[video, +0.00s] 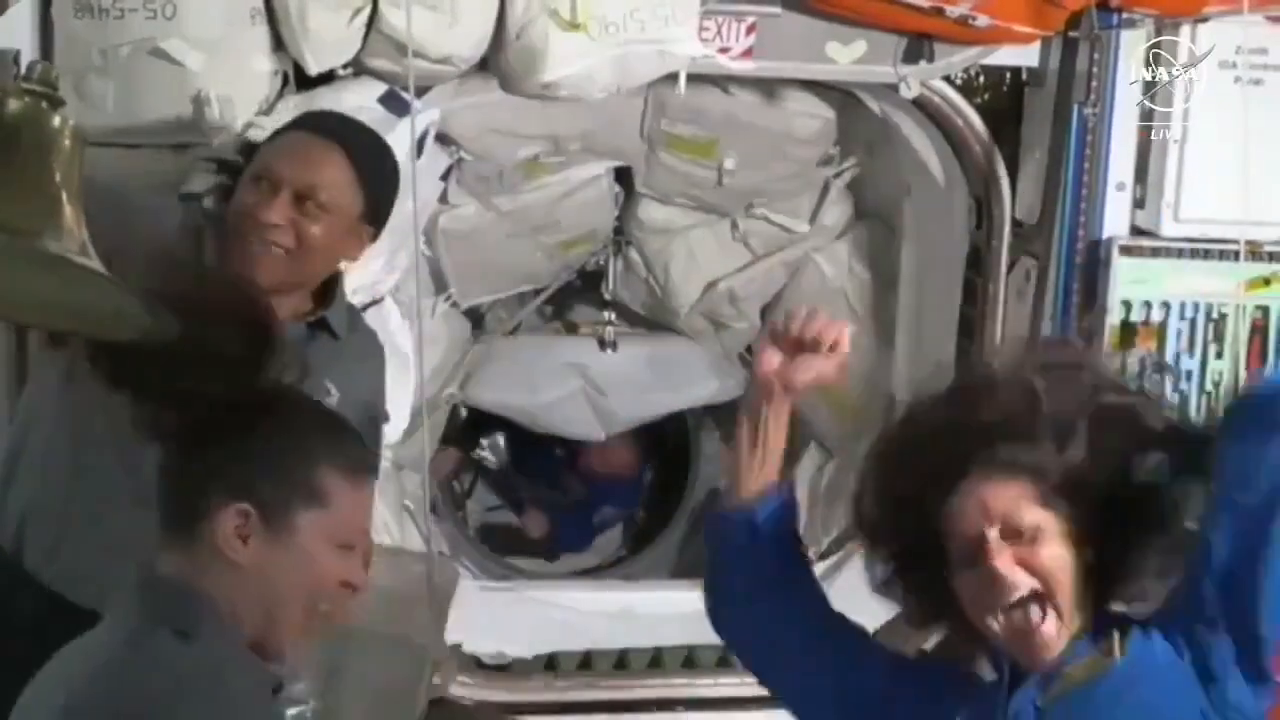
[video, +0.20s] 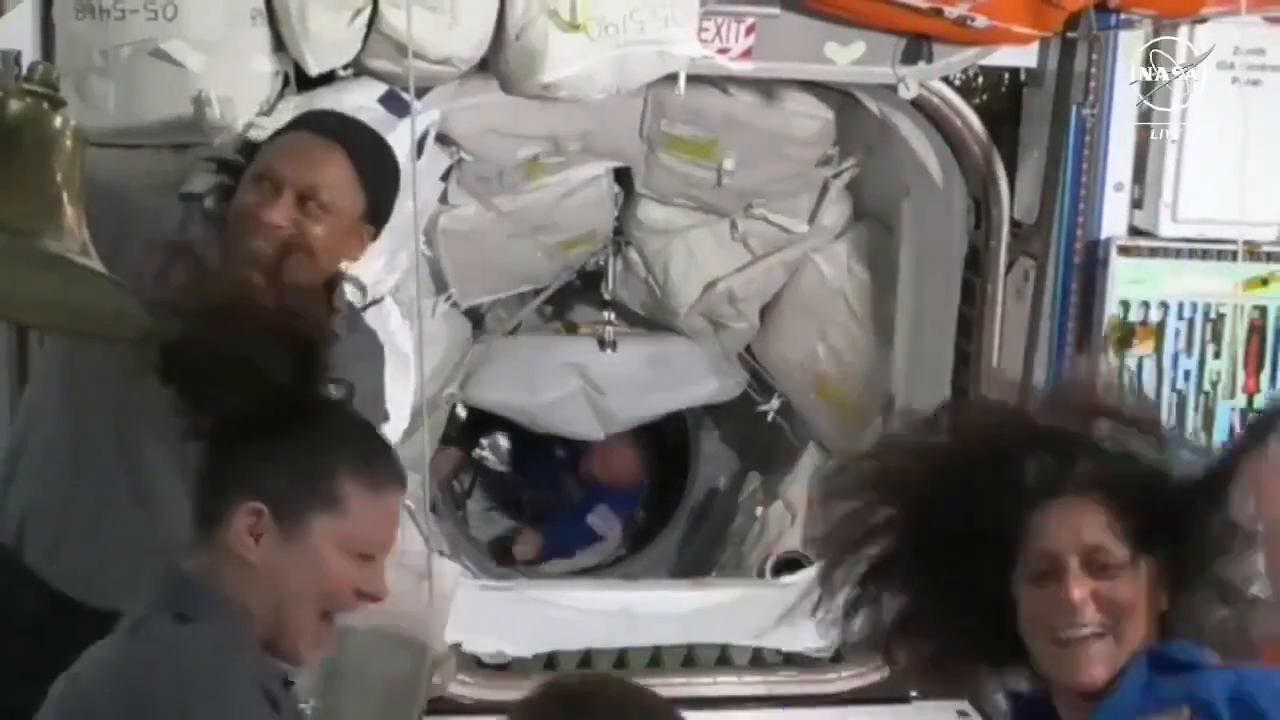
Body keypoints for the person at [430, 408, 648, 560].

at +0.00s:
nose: (596, 457)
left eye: (608, 463)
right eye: (603, 449)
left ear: (620, 476)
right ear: (603, 438)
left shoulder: (616, 500)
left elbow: (581, 533)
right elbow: (495, 415)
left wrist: (549, 530)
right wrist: (456, 449)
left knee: (546, 544)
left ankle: (480, 535)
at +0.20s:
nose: (598, 464)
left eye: (608, 471)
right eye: (606, 455)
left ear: (619, 487)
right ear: (608, 440)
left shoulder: (607, 514)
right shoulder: (581, 426)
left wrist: (539, 546)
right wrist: (460, 446)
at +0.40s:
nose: (604, 470)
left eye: (618, 477)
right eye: (613, 458)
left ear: (629, 492)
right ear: (614, 441)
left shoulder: (609, 520)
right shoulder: (582, 429)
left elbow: (570, 551)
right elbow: (502, 412)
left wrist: (521, 561)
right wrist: (457, 447)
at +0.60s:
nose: (601, 476)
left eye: (613, 484)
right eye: (610, 465)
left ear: (623, 503)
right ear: (611, 449)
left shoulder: (604, 530)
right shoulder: (583, 445)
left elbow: (559, 559)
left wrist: (502, 567)